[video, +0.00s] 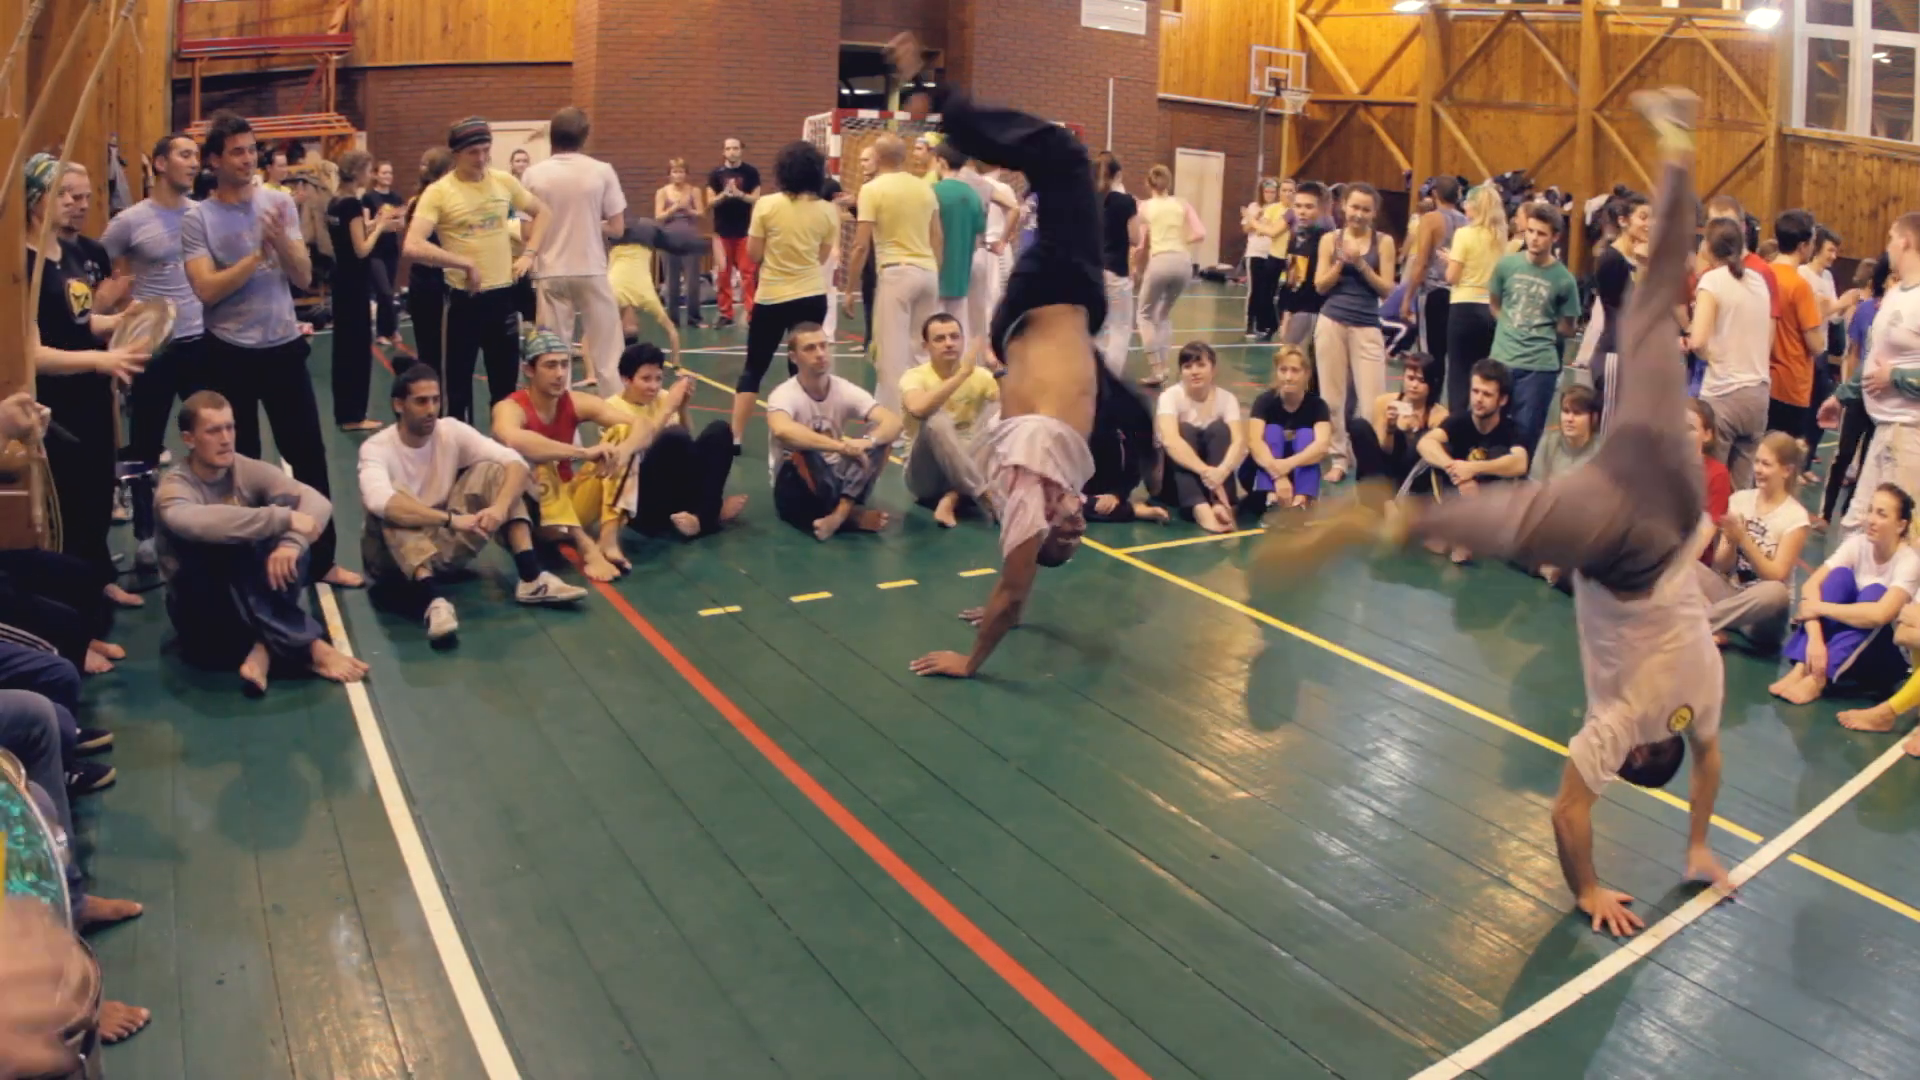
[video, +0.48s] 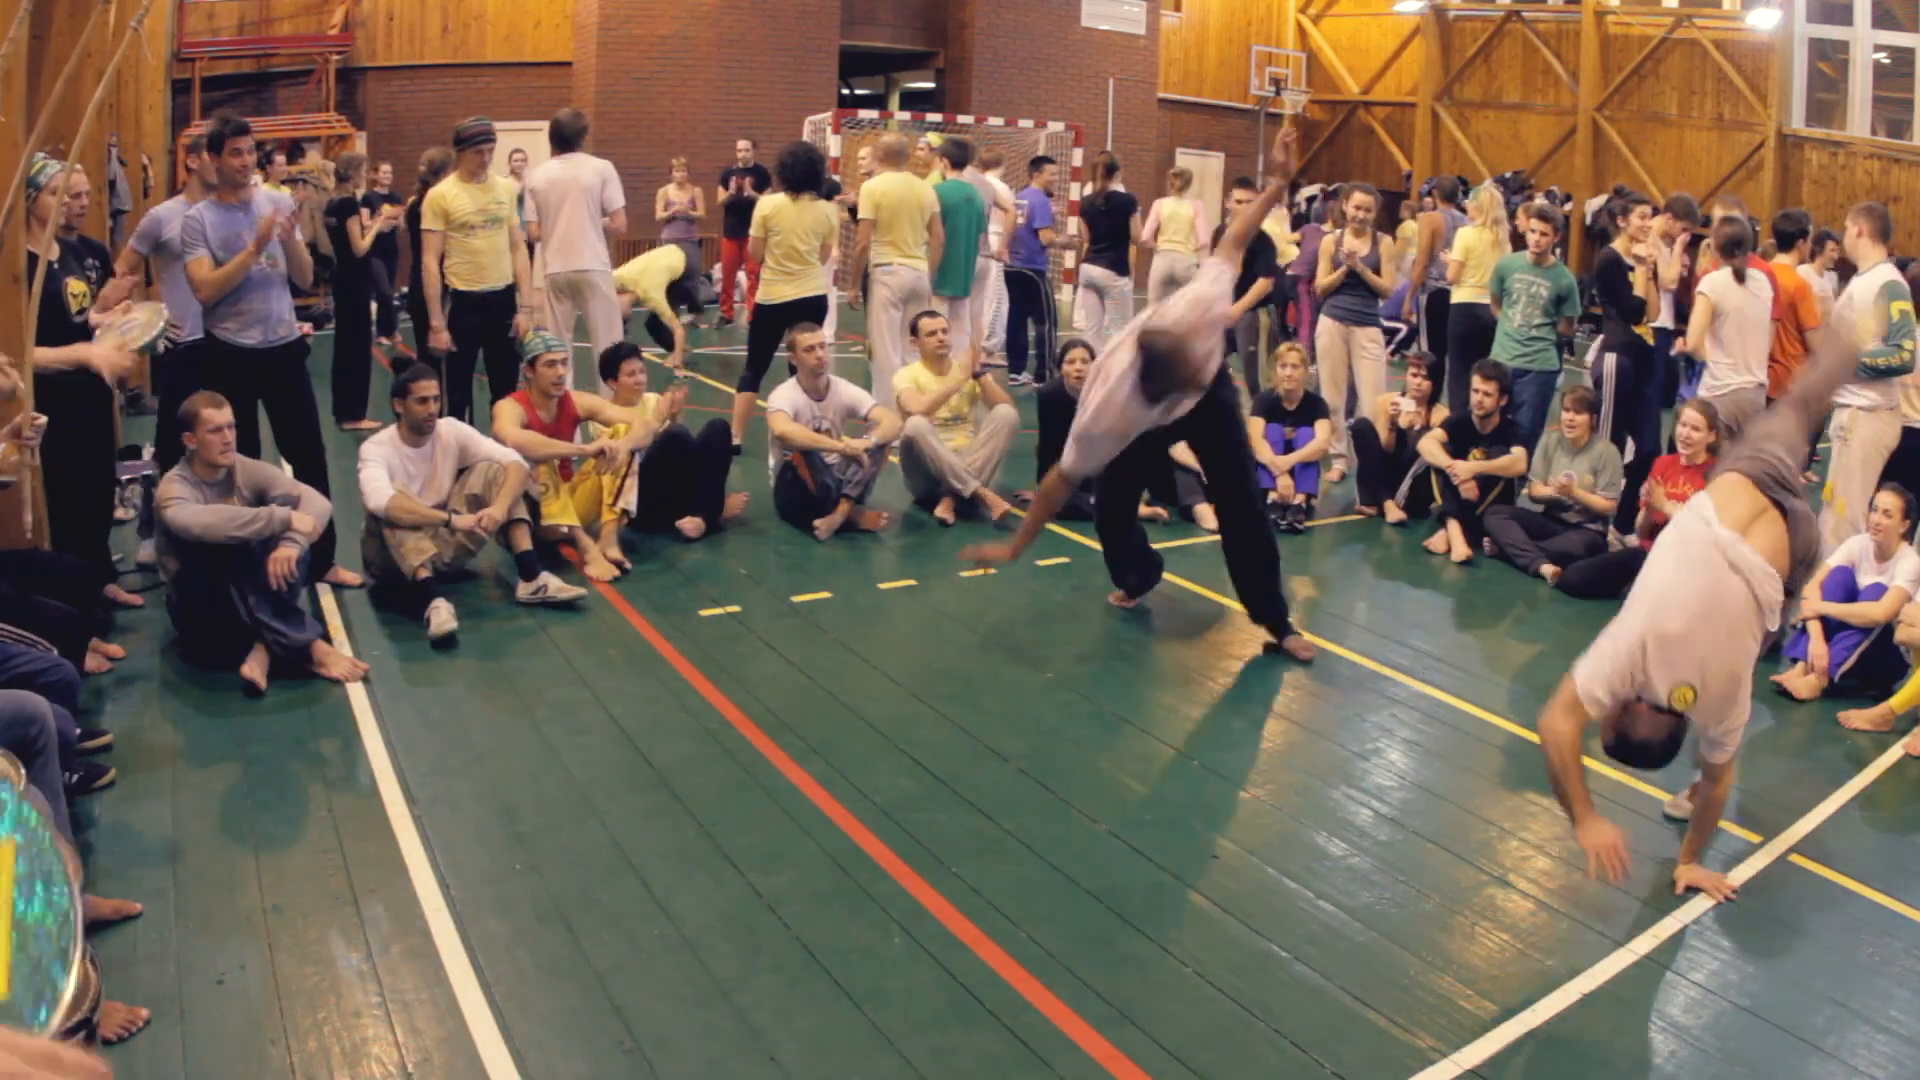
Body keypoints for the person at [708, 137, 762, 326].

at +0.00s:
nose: (732, 152)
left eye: (735, 148)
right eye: (728, 149)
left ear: (742, 151)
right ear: (723, 152)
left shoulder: (751, 172)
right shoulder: (716, 174)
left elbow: (756, 198)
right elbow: (711, 202)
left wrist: (739, 194)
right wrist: (724, 194)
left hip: (745, 231)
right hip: (722, 232)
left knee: (748, 272)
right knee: (723, 272)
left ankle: (751, 311)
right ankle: (725, 312)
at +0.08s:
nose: (733, 152)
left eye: (736, 148)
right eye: (729, 148)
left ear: (743, 151)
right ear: (725, 152)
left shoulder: (752, 172)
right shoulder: (718, 174)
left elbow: (759, 199)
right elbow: (712, 202)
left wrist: (743, 194)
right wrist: (723, 193)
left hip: (746, 232)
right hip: (723, 233)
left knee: (748, 273)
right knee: (723, 275)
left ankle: (751, 311)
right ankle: (725, 312)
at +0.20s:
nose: (735, 152)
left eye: (739, 148)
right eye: (732, 149)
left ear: (746, 151)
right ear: (727, 152)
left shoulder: (754, 172)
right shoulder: (720, 174)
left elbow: (761, 200)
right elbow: (713, 202)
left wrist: (745, 193)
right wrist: (724, 193)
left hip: (748, 232)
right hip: (725, 233)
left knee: (750, 273)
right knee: (724, 276)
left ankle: (752, 312)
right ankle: (725, 312)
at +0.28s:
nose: (737, 152)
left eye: (741, 148)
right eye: (734, 149)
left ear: (748, 151)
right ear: (729, 152)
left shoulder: (756, 173)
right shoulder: (722, 173)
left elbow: (762, 200)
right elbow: (718, 195)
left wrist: (744, 193)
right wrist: (727, 195)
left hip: (749, 232)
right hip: (727, 233)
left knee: (751, 273)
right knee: (725, 275)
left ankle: (752, 312)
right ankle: (725, 312)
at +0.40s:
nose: (740, 153)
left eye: (744, 149)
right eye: (737, 150)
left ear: (751, 151)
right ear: (733, 152)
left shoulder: (760, 173)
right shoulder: (726, 173)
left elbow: (766, 200)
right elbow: (719, 200)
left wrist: (748, 193)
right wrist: (731, 193)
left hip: (752, 231)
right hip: (729, 232)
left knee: (753, 273)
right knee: (727, 274)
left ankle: (753, 312)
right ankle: (726, 312)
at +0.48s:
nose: (743, 154)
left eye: (746, 150)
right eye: (739, 150)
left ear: (754, 152)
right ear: (736, 153)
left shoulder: (762, 173)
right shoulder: (728, 173)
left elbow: (767, 201)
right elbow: (720, 200)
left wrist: (752, 193)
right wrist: (731, 191)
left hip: (754, 232)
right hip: (731, 232)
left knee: (754, 273)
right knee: (727, 274)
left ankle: (753, 313)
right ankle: (726, 312)